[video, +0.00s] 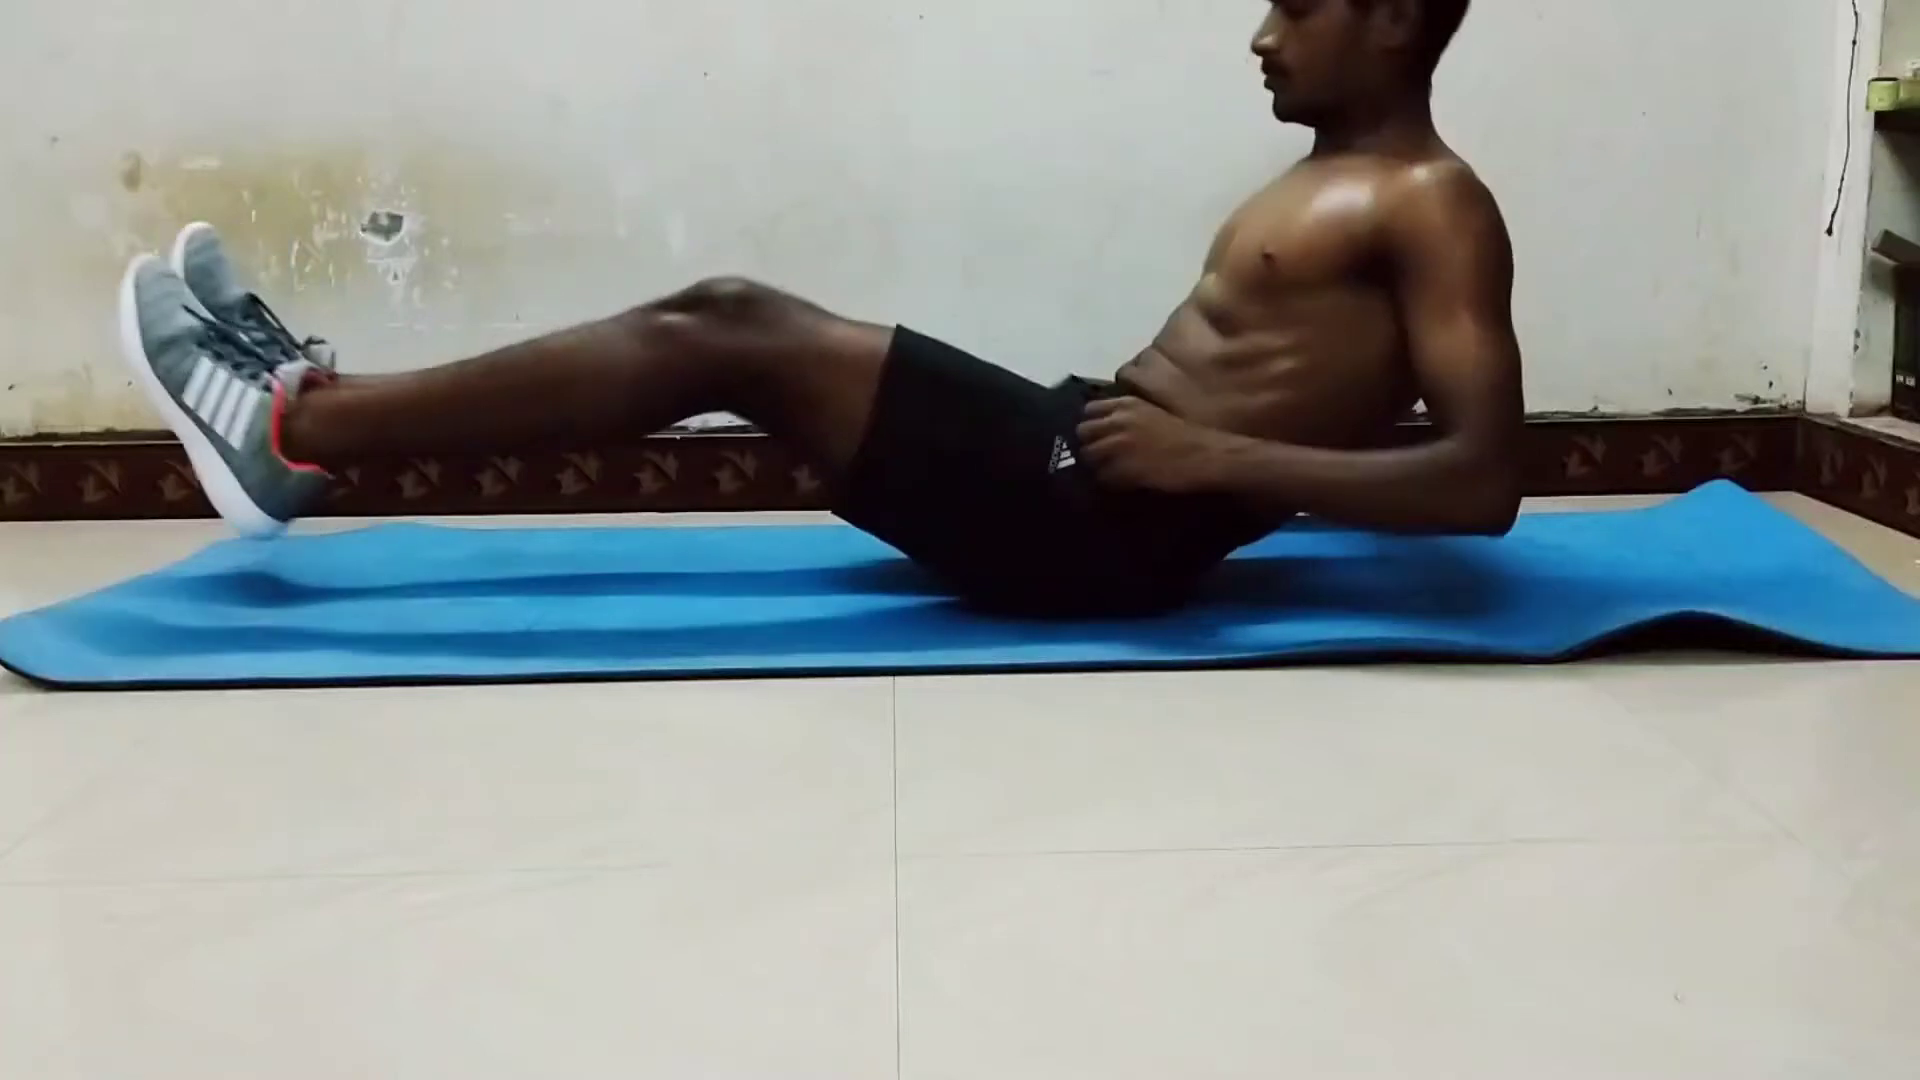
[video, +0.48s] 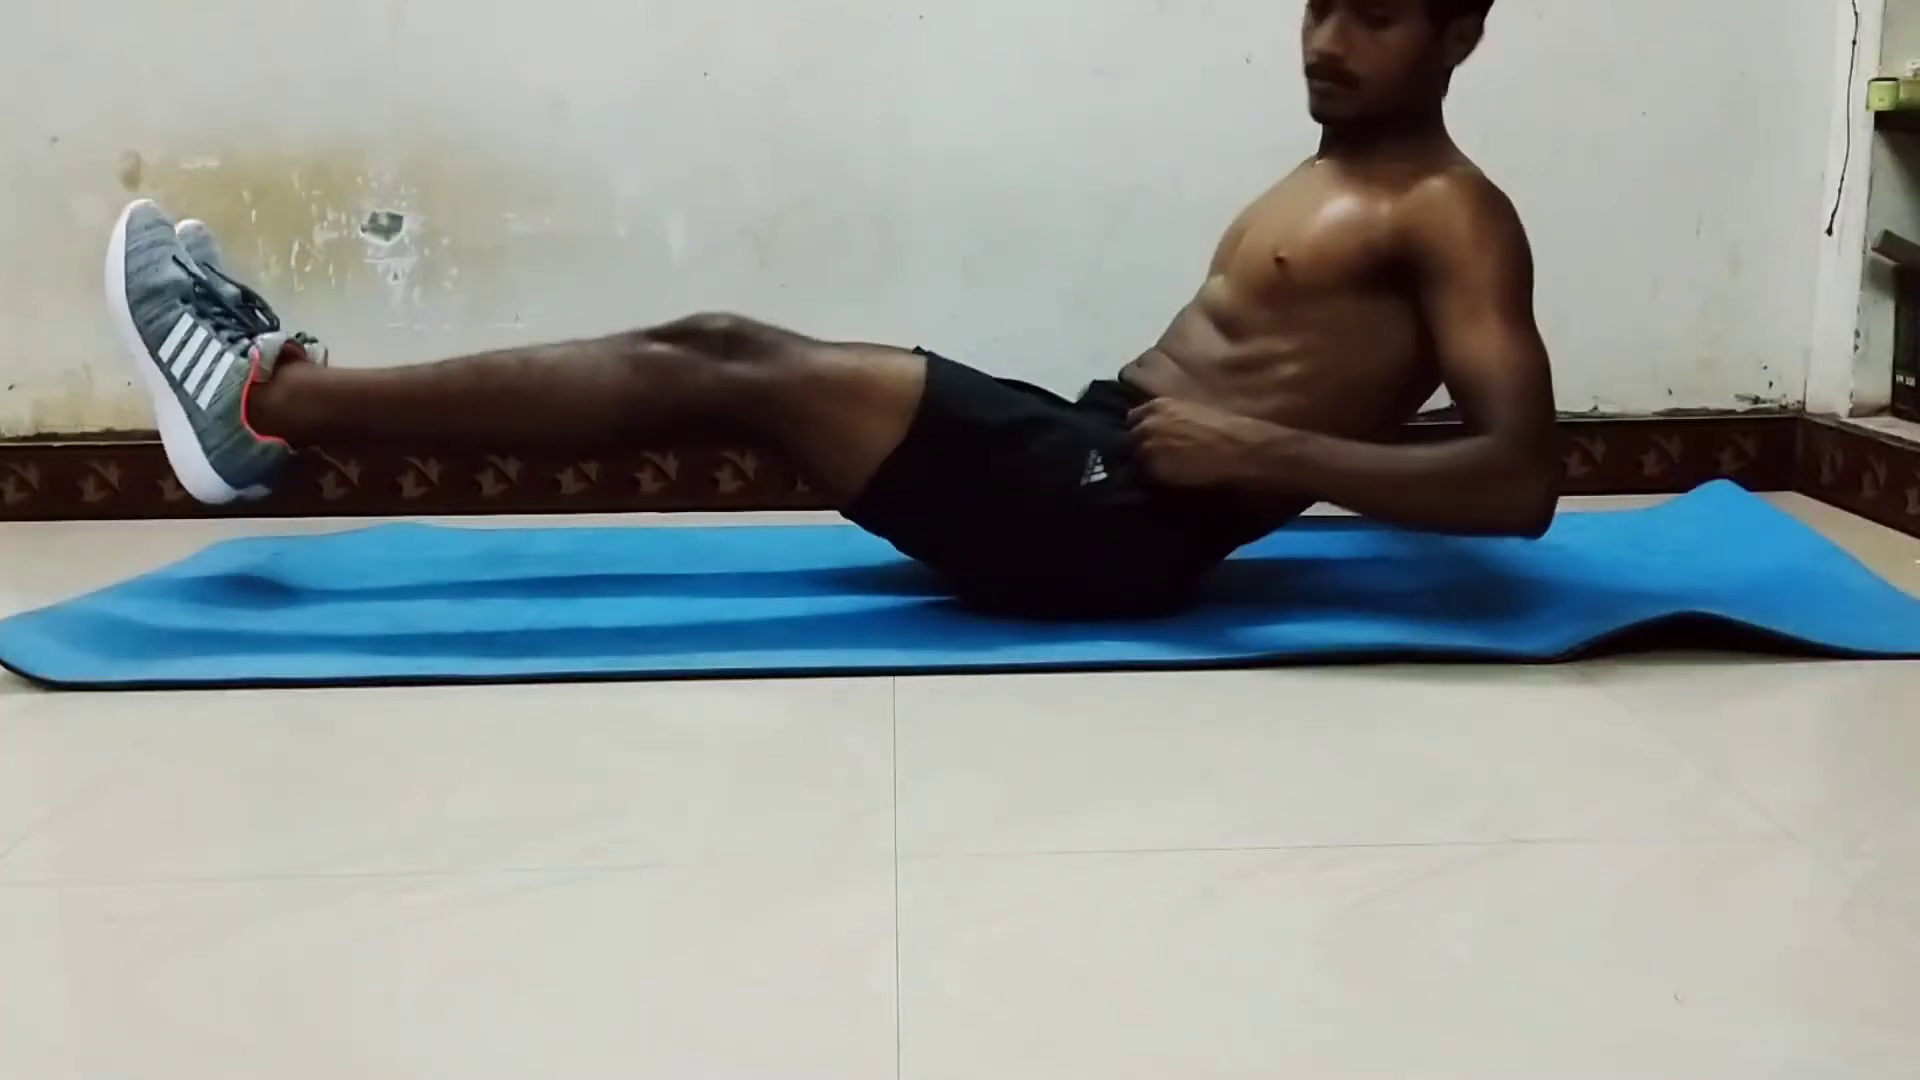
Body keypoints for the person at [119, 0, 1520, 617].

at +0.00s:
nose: (1266, 39)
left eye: (1294, 13)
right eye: (1274, 15)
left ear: (1393, 28)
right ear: (1366, 33)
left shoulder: (1432, 199)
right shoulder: (1330, 179)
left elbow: (1488, 477)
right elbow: (1344, 417)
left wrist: (1231, 461)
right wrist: (1148, 420)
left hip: (1114, 512)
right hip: (1074, 462)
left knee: (719, 329)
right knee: (715, 319)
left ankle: (295, 430)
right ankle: (323, 426)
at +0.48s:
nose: (1323, 41)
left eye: (1364, 16)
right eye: (1320, 12)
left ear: (1457, 38)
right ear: (1318, 25)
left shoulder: (1453, 213)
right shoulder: (1333, 175)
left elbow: (1523, 482)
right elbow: (1311, 379)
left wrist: (1286, 462)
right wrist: (1166, 395)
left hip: (1126, 512)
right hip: (1080, 452)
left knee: (717, 366)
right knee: (710, 346)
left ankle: (268, 398)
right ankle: (285, 408)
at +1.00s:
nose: (1392, 73)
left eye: (1437, 52)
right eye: (1378, 34)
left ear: (1505, 71)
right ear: (1351, 31)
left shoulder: (1475, 259)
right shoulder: (1340, 190)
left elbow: (1470, 525)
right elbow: (1280, 361)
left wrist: (1226, 441)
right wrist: (1155, 326)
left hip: (1114, 516)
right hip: (1074, 454)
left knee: (702, 378)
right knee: (700, 365)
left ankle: (262, 421)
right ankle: (290, 436)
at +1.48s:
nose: (1345, 25)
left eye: (1378, 8)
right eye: (1355, 14)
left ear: (1467, 40)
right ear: (1402, 49)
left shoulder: (1499, 222)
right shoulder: (1381, 193)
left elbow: (1411, 370)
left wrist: (1367, 110)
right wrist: (1330, 112)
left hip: (1135, 504)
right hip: (1098, 432)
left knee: (711, 375)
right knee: (730, 310)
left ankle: (262, 415)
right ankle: (326, 447)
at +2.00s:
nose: (1296, 36)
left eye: (1321, 20)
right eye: (1308, 19)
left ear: (1395, 34)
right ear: (1402, 41)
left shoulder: (1404, 140)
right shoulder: (1385, 144)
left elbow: (1170, 13)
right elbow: (1203, 28)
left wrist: (1375, 56)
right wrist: (1385, 63)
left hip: (1123, 508)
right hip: (1101, 429)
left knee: (698, 459)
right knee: (932, 151)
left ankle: (230, 460)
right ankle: (613, 359)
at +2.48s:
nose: (1267, 40)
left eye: (1289, 24)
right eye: (1286, 29)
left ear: (1366, 32)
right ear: (1386, 43)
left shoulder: (1379, 132)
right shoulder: (1375, 142)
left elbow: (1168, 5)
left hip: (1122, 513)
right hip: (1118, 434)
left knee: (701, 419)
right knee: (1043, 116)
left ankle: (251, 493)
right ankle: (686, 276)